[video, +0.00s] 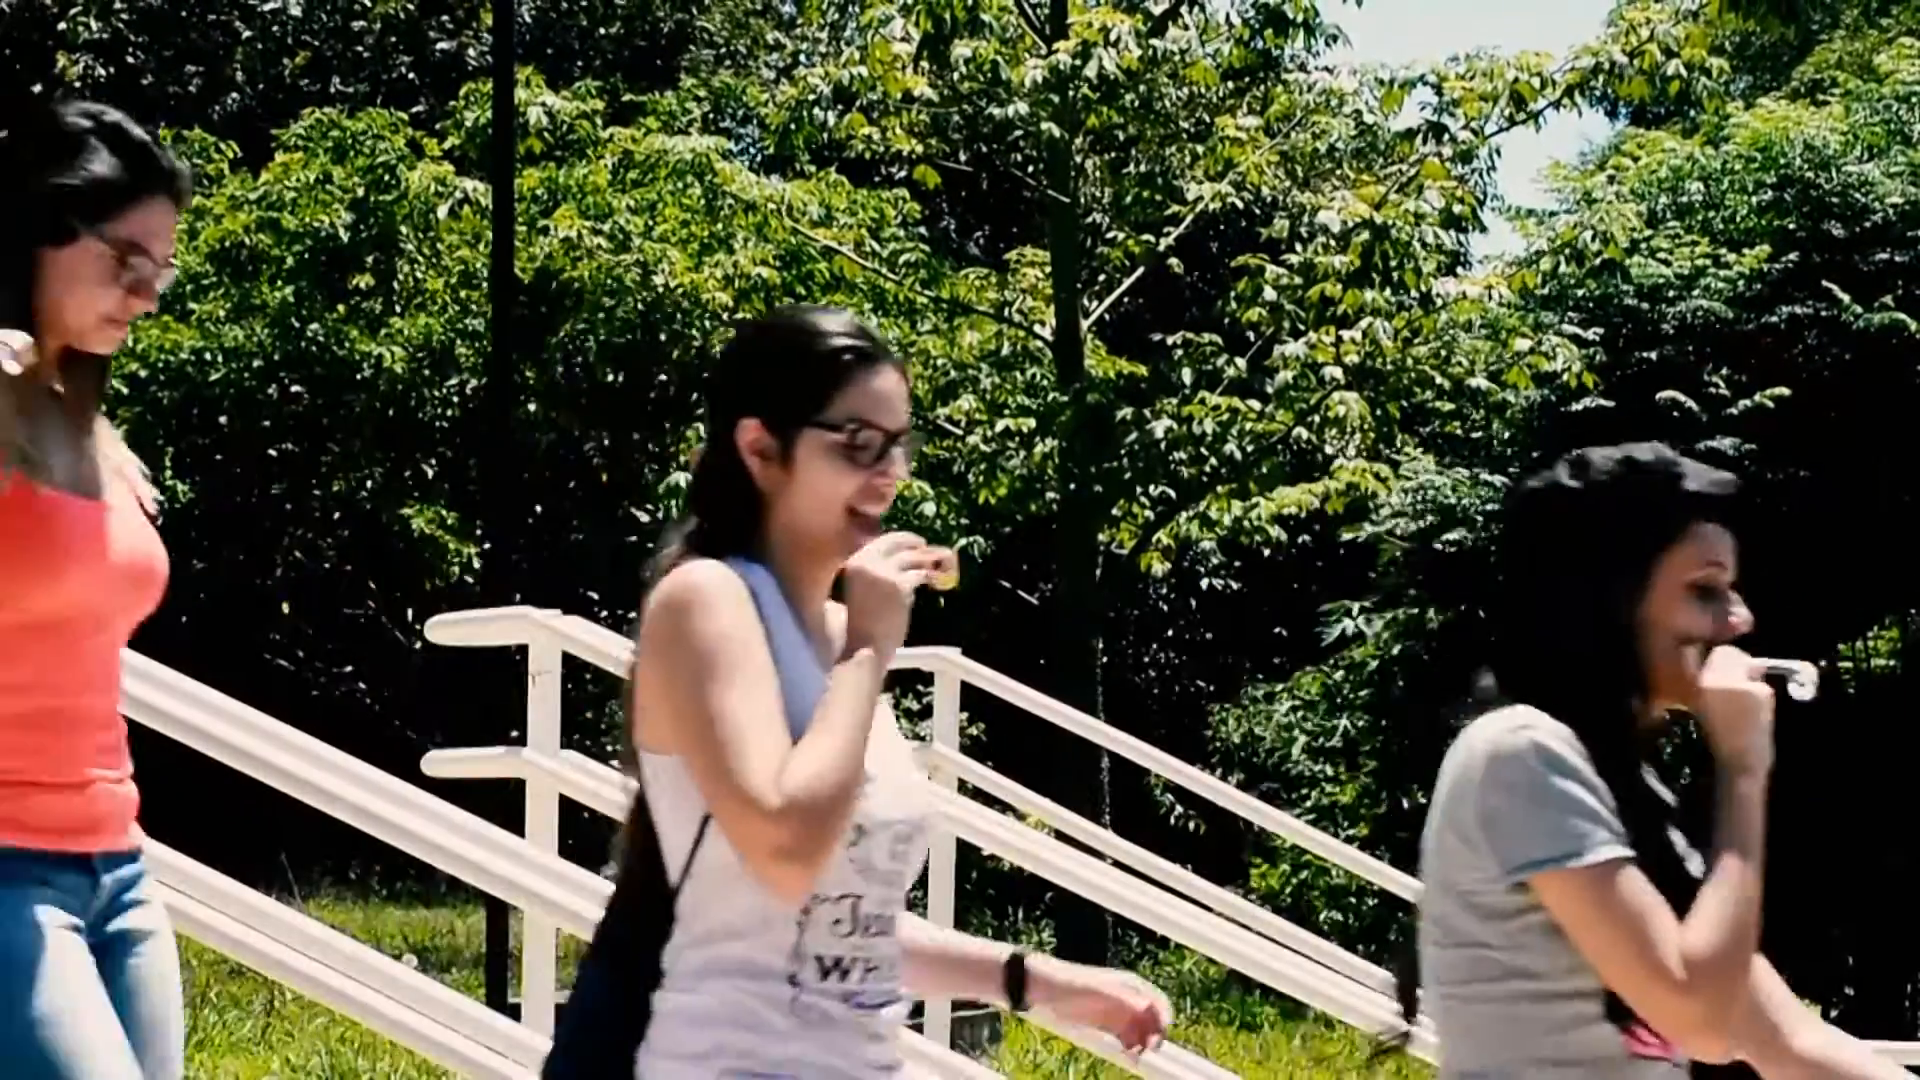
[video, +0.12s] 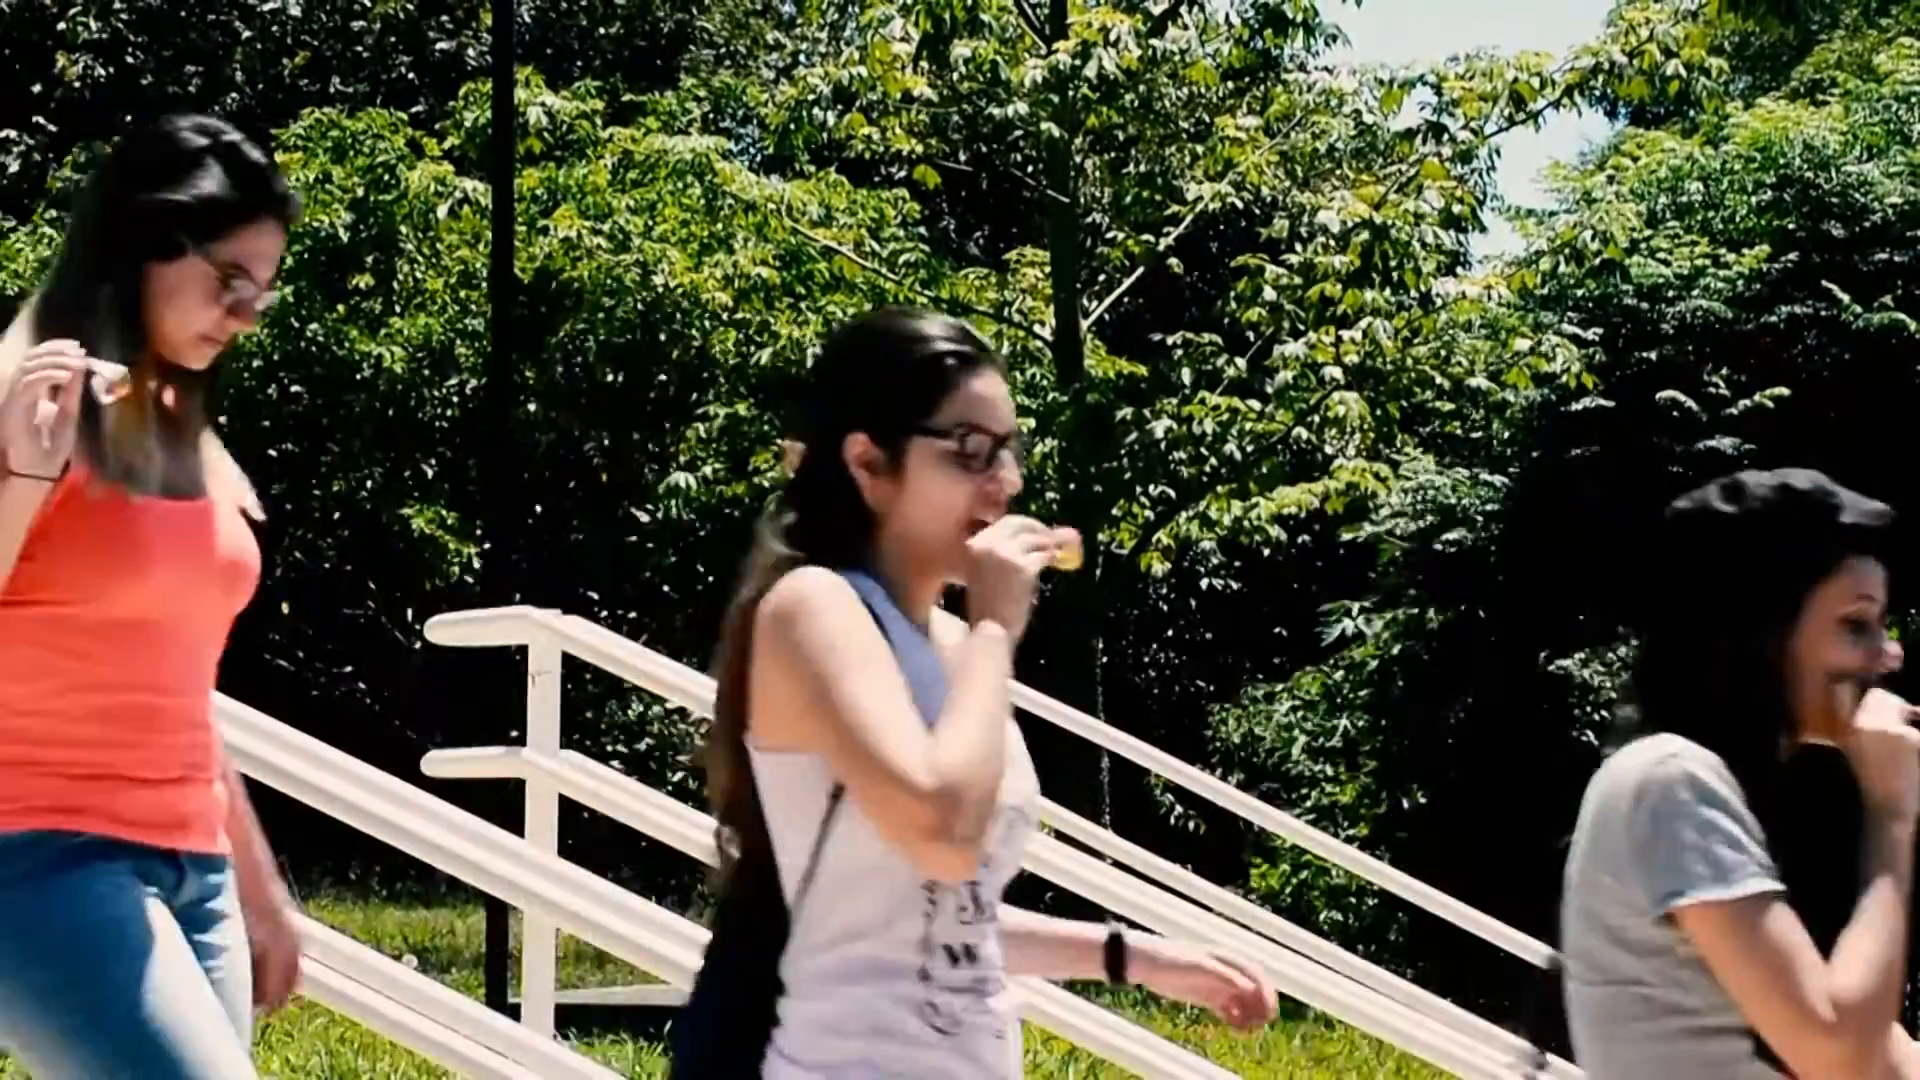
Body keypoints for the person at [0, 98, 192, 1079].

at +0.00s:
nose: (147, 295)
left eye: (160, 272)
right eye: (127, 260)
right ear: (38, 232)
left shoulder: (94, 428)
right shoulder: (9, 402)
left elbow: (79, 660)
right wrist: (4, 368)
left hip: (121, 872)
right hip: (14, 879)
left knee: (163, 1067)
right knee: (108, 1070)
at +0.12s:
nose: (248, 311)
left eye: (262, 288)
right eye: (230, 278)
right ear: (145, 243)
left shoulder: (196, 437)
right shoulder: (34, 389)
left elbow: (183, 695)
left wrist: (257, 884)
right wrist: (25, 480)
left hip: (196, 872)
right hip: (46, 860)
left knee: (223, 1069)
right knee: (212, 1064)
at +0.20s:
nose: (317, 326)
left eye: (334, 301)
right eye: (299, 290)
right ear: (212, 252)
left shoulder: (277, 446)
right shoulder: (47, 401)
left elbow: (259, 678)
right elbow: (6, 641)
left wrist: (375, 872)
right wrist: (84, 474)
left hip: (262, 889)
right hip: (105, 880)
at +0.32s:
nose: (419, 381)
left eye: (435, 355)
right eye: (402, 346)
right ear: (312, 317)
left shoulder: (356, 502)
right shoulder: (153, 455)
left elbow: (342, 739)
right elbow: (73, 713)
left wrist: (502, 917)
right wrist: (193, 518)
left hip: (349, 962)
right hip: (191, 964)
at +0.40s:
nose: (490, 435)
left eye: (506, 410)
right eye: (472, 399)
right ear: (384, 372)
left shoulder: (415, 562)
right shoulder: (238, 516)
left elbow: (400, 820)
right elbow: (165, 777)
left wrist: (539, 992)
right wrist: (295, 585)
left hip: (404, 1021)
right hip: (246, 1024)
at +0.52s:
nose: (602, 472)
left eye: (616, 446)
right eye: (588, 433)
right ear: (502, 401)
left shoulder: (507, 573)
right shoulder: (350, 556)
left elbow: (509, 847)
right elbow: (302, 818)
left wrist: (527, 1023)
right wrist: (441, 634)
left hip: (488, 1030)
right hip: (349, 1035)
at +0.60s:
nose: (682, 489)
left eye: (695, 464)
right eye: (672, 451)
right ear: (586, 415)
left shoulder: (578, 576)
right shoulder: (431, 567)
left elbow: (561, 823)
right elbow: (401, 833)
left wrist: (607, 954)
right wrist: (536, 644)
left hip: (589, 1041)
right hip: (435, 1043)